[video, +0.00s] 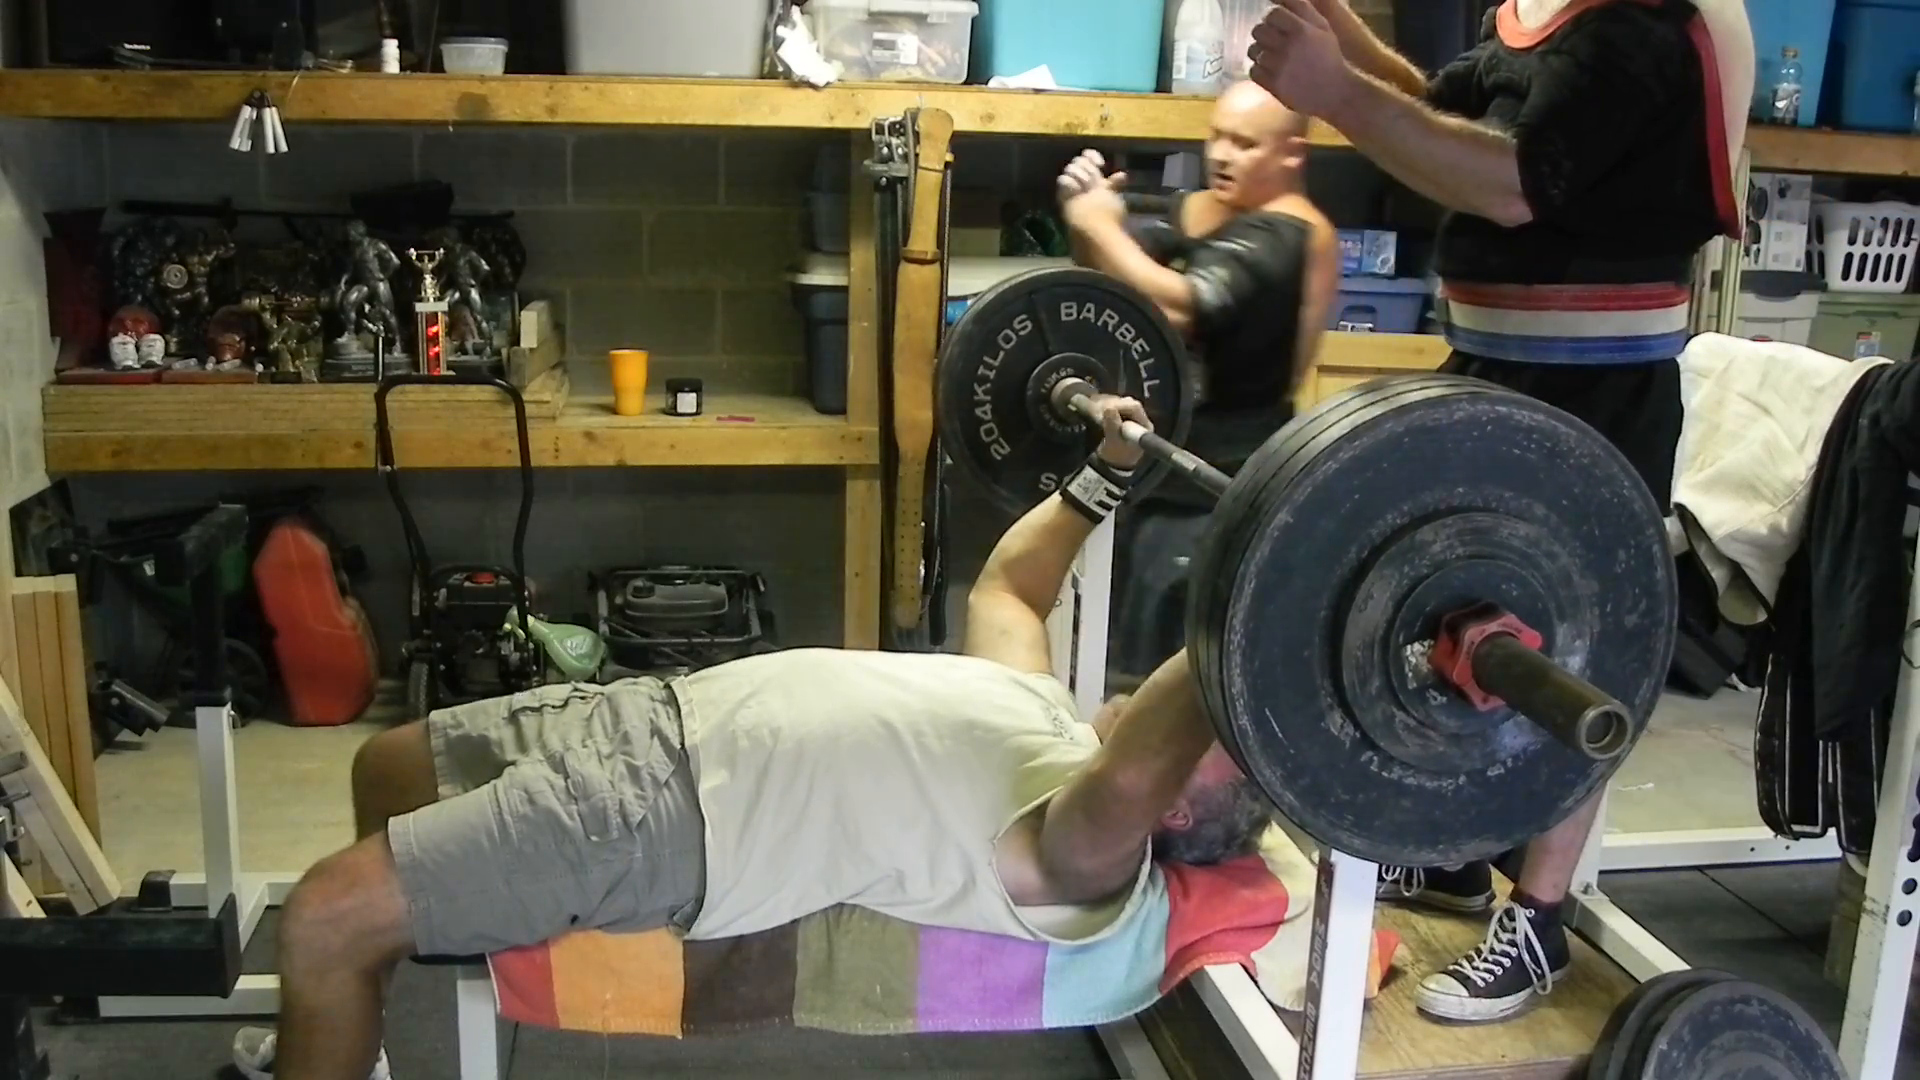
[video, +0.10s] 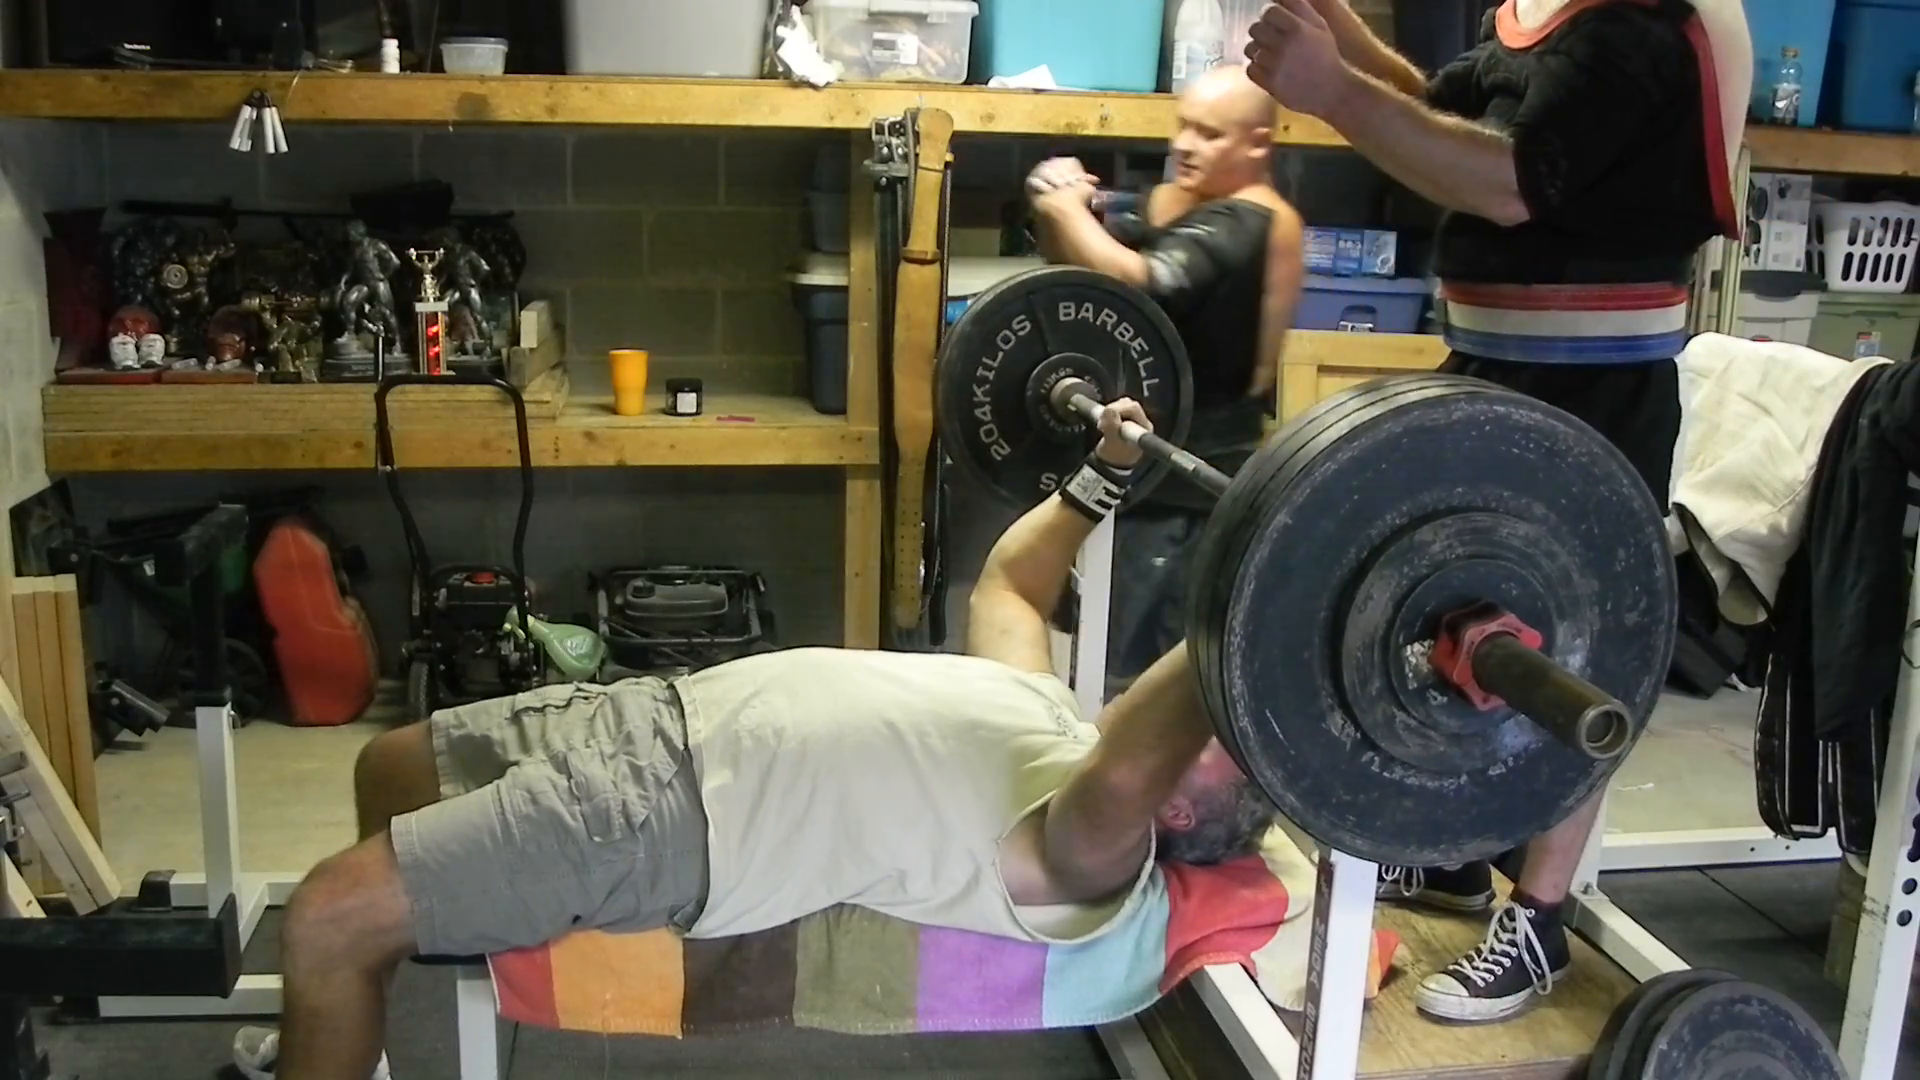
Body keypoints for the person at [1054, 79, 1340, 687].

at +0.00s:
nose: (1221, 155)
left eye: (1242, 143)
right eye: (1217, 137)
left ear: (1292, 157)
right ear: (1208, 135)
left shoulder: (1281, 233)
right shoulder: (1206, 211)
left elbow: (1185, 304)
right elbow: (1131, 279)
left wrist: (1101, 228)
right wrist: (1092, 216)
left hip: (1217, 482)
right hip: (1160, 463)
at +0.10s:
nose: (1183, 145)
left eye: (1207, 133)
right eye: (1182, 127)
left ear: (1258, 145)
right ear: (1175, 122)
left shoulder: (1241, 221)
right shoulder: (1207, 204)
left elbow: (1141, 279)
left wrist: (1061, 208)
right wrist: (1078, 204)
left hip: (1183, 474)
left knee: (1137, 676)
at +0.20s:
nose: (1148, 144)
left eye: (1172, 132)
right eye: (1147, 126)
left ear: (1223, 143)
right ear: (1141, 121)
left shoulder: (1216, 221)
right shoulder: (1139, 199)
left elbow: (1105, 274)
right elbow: (1040, 262)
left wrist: (1036, 198)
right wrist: (1020, 197)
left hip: (1162, 482)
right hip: (1103, 467)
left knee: (1136, 669)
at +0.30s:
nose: (1109, 148)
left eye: (1133, 135)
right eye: (1107, 129)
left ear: (1185, 145)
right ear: (1100, 125)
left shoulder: (1183, 225)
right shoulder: (1087, 201)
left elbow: (1069, 283)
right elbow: (1009, 272)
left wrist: (1004, 197)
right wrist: (982, 197)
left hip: (1140, 469)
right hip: (1060, 453)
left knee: (1127, 643)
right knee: (1038, 628)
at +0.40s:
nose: (1067, 152)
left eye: (1091, 140)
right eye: (1066, 134)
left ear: (1143, 150)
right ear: (1059, 131)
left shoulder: (1144, 228)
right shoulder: (1040, 205)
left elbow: (1039, 296)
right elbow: (958, 283)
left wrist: (972, 208)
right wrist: (937, 207)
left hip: (1104, 455)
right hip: (1010, 442)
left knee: (1098, 615)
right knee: (993, 599)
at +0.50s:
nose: (1023, 153)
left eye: (1047, 140)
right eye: (1022, 135)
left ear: (1097, 155)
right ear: (1013, 133)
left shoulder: (1098, 232)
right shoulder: (994, 209)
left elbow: (983, 294)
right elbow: (904, 292)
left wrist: (939, 207)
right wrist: (898, 218)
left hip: (1036, 468)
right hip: (951, 451)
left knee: (1019, 631)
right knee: (929, 623)